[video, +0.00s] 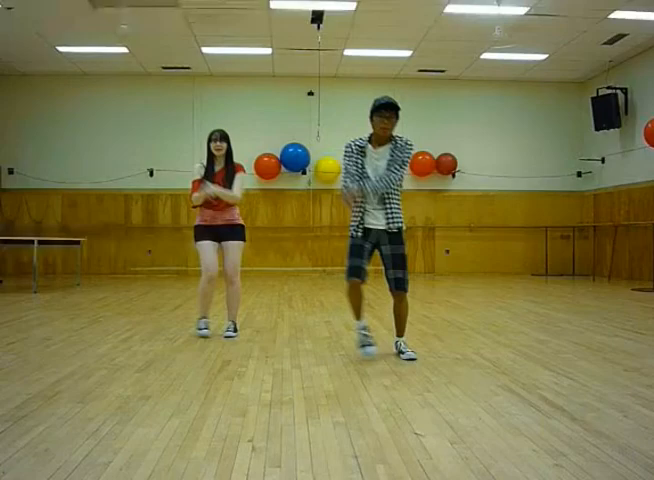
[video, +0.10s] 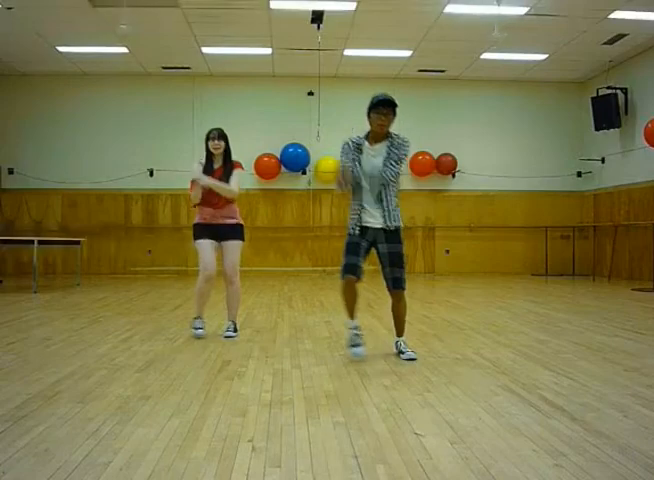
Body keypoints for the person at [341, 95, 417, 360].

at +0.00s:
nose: (386, 123)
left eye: (391, 119)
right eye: (381, 118)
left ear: (396, 122)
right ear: (371, 119)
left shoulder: (402, 146)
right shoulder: (354, 147)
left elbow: (392, 179)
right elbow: (348, 178)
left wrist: (359, 189)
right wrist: (349, 192)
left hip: (390, 225)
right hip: (362, 224)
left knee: (399, 288)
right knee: (354, 279)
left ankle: (400, 341)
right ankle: (360, 327)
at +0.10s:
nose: (383, 120)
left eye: (388, 116)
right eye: (378, 115)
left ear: (393, 120)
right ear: (369, 116)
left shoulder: (399, 144)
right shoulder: (352, 146)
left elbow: (389, 176)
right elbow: (347, 183)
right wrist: (344, 170)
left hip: (388, 225)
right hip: (359, 223)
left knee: (397, 287)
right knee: (349, 277)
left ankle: (400, 341)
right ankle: (353, 327)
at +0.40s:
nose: (345, 115)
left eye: (350, 111)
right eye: (341, 110)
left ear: (357, 116)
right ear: (332, 113)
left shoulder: (360, 141)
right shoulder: (321, 146)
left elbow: (353, 131)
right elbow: (310, 160)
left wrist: (325, 123)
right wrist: (314, 131)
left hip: (352, 225)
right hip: (324, 226)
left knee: (373, 289)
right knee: (321, 291)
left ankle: (404, 337)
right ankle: (310, 345)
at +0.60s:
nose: (325, 125)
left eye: (330, 120)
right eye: (321, 118)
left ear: (333, 121)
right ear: (309, 115)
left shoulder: (332, 146)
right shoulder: (291, 145)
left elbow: (351, 154)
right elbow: (312, 165)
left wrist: (337, 123)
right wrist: (319, 136)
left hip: (331, 225)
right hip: (302, 228)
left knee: (349, 287)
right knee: (315, 292)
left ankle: (358, 331)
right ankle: (310, 345)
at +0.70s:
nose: (311, 112)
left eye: (316, 110)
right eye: (307, 106)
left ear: (321, 114)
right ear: (297, 108)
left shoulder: (319, 141)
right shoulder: (281, 135)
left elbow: (342, 149)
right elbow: (306, 147)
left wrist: (350, 116)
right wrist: (341, 117)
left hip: (321, 220)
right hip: (294, 220)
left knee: (332, 285)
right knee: (310, 288)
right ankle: (309, 342)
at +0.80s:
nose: (304, 106)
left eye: (309, 103)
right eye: (299, 101)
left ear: (315, 108)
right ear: (289, 105)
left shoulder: (312, 135)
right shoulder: (274, 128)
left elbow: (329, 153)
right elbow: (301, 132)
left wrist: (343, 123)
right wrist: (341, 113)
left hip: (310, 214)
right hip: (285, 212)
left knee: (310, 282)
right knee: (299, 281)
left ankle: (272, 320)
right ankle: (305, 342)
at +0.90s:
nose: (299, 107)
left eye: (303, 103)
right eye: (293, 103)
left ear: (308, 106)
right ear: (282, 106)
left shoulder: (307, 135)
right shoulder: (269, 127)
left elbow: (308, 163)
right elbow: (296, 131)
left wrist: (325, 135)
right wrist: (329, 123)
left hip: (299, 215)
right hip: (275, 211)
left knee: (279, 282)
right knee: (281, 281)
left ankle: (240, 330)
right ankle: (302, 341)